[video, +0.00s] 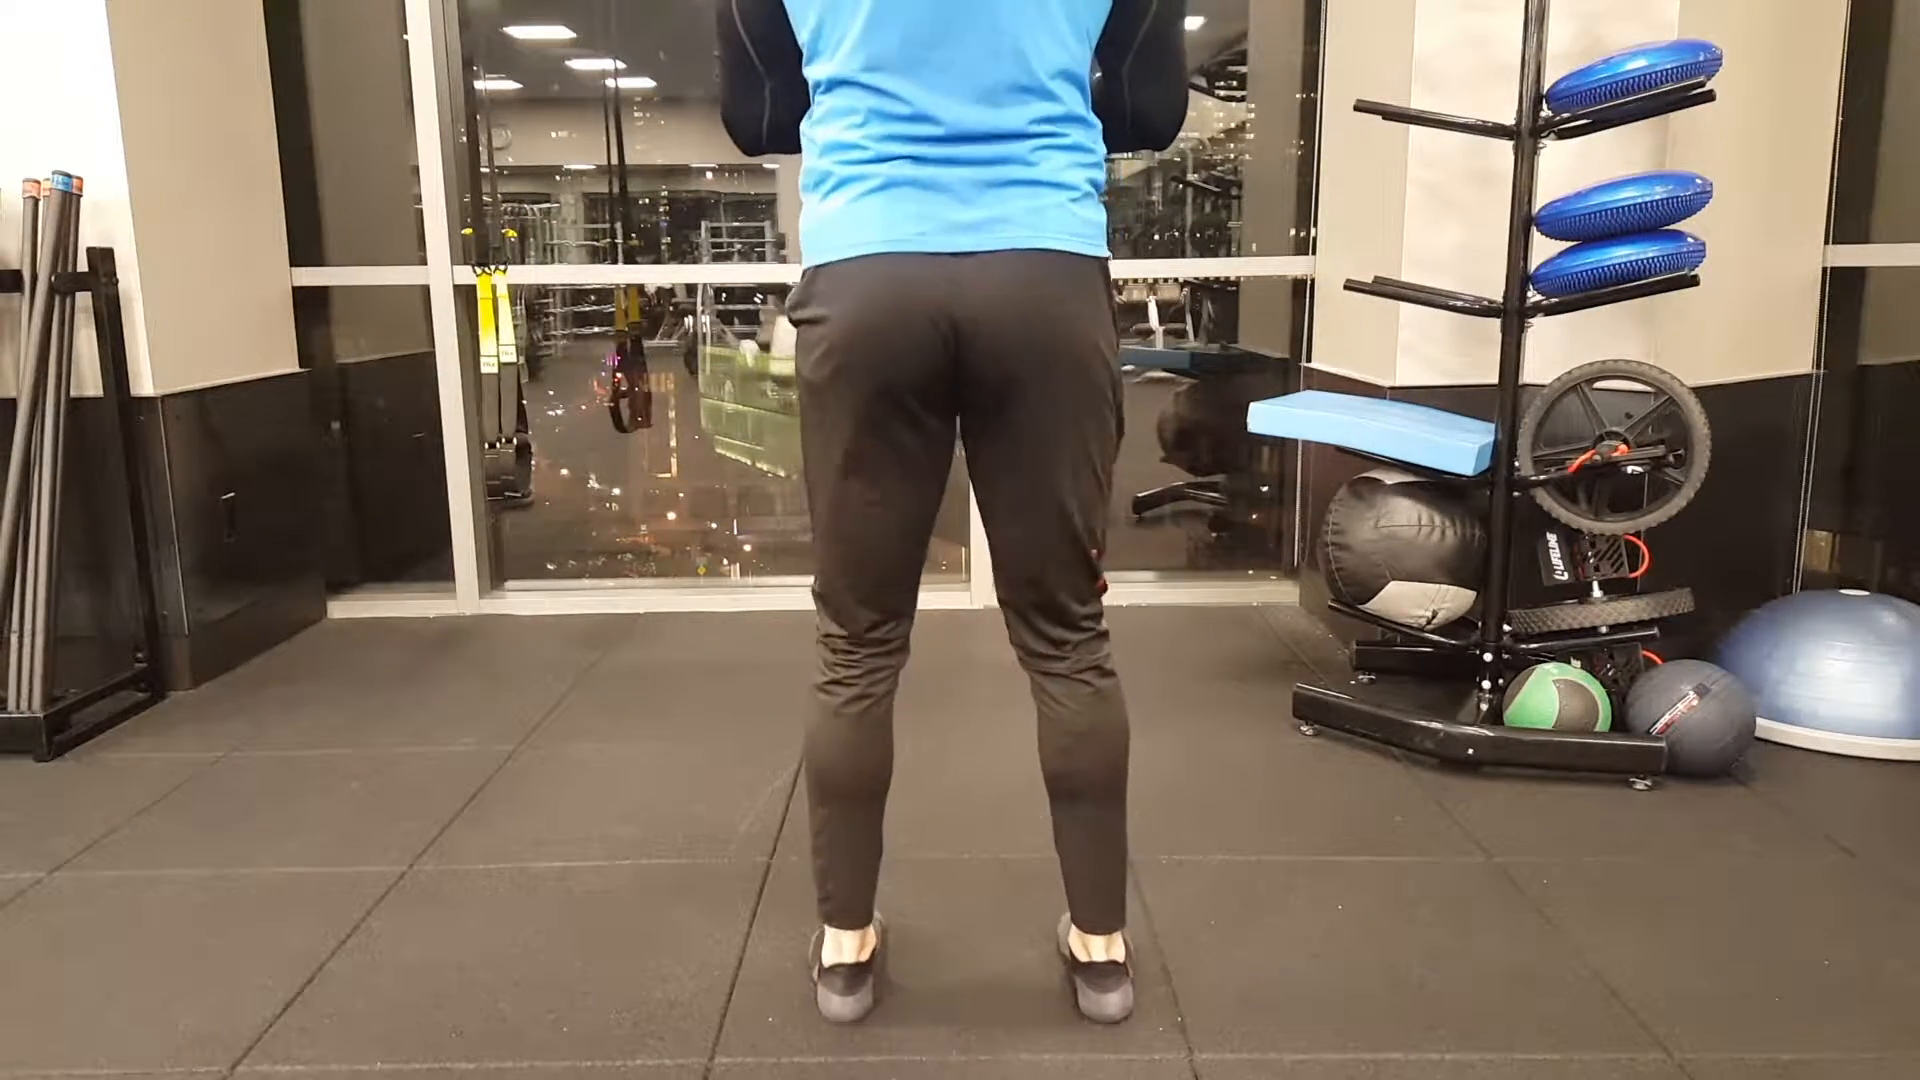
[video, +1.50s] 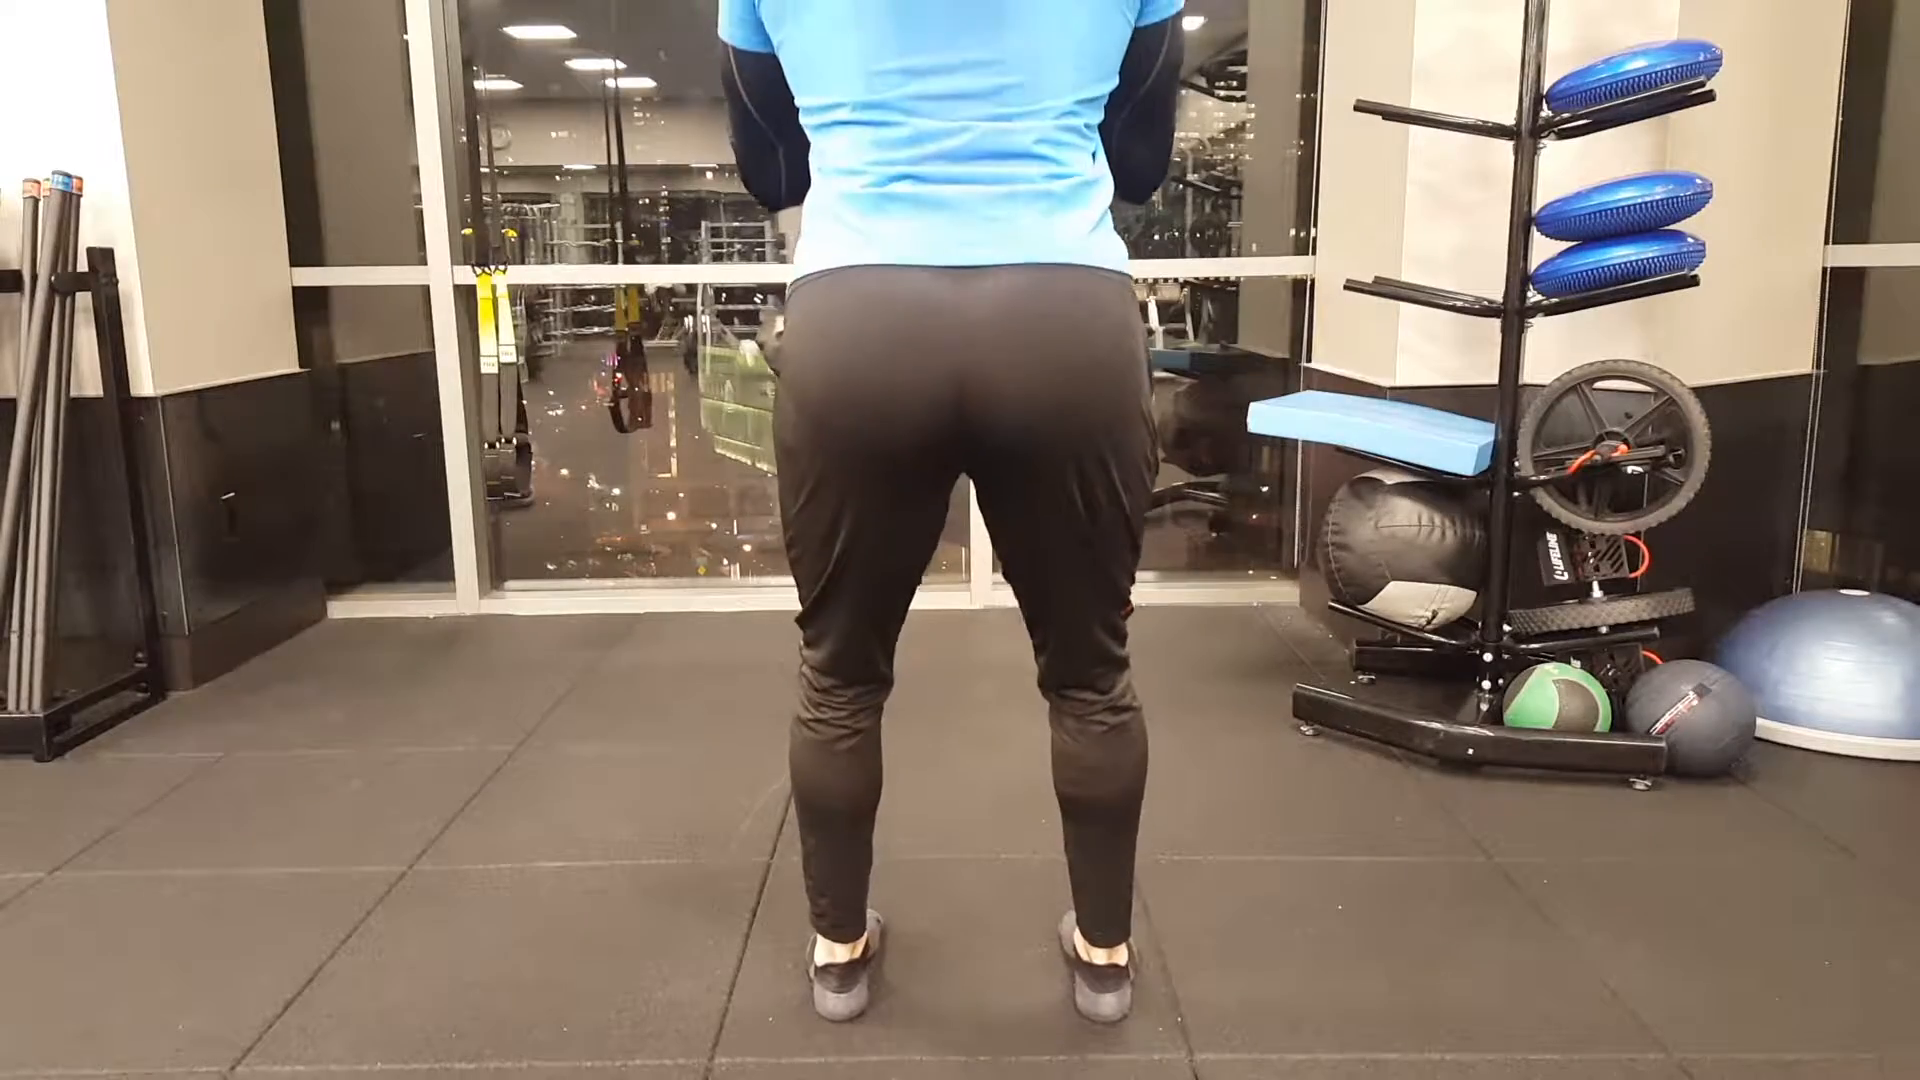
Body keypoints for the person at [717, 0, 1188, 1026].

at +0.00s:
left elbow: (758, 119)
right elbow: (1149, 113)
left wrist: (880, 85)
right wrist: (1022, 93)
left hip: (866, 273)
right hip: (1046, 272)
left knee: (856, 642)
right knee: (1066, 631)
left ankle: (845, 952)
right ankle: (1102, 954)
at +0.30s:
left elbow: (756, 109)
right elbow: (1148, 105)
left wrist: (885, 88)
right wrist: (1021, 101)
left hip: (871, 268)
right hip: (1050, 266)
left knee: (862, 630)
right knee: (1066, 627)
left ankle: (843, 945)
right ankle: (1101, 951)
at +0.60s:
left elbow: (752, 105)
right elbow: (1148, 100)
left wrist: (869, 66)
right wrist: (1019, 90)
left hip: (870, 267)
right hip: (1052, 267)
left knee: (858, 645)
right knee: (1066, 627)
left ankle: (841, 953)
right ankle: (1096, 953)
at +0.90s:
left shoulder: (782, 2)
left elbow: (752, 113)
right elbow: (1146, 105)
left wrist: (875, 73)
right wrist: (1015, 89)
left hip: (860, 276)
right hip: (1051, 276)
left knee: (850, 651)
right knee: (1072, 645)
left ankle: (840, 952)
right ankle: (1100, 956)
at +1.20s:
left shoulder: (776, 4)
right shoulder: (1125, 2)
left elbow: (768, 140)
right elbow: (1142, 134)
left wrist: (894, 98)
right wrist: (1023, 93)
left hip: (857, 298)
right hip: (1058, 297)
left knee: (842, 657)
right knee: (1082, 654)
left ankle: (839, 953)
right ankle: (1103, 959)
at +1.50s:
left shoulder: (769, 5)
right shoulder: (1132, 2)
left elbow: (774, 171)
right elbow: (1138, 165)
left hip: (853, 311)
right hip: (1068, 312)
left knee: (841, 672)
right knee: (1089, 670)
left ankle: (838, 956)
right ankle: (1106, 959)